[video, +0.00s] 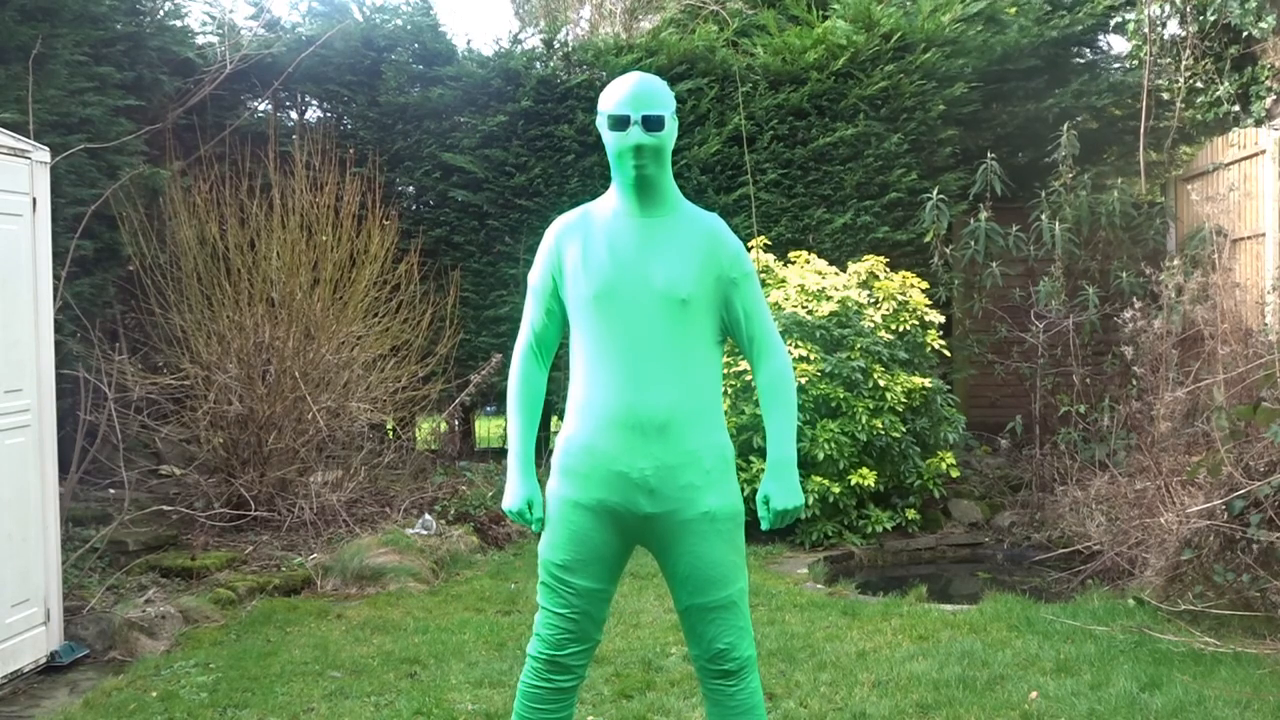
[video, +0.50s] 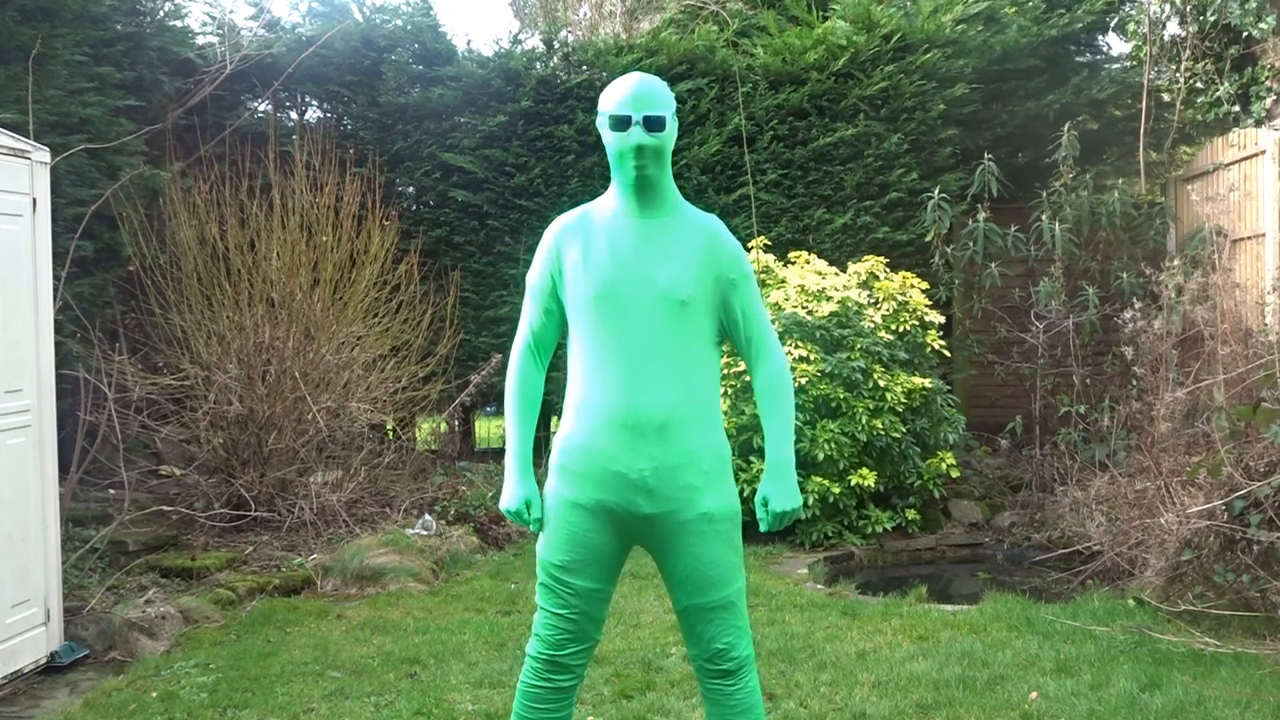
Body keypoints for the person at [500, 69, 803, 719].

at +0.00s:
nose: (638, 136)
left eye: (653, 122)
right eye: (622, 123)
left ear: (674, 131)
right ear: (602, 135)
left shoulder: (713, 239)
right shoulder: (567, 236)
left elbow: (768, 352)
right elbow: (532, 353)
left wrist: (782, 464)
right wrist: (519, 468)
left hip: (698, 486)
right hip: (587, 484)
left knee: (729, 666)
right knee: (554, 664)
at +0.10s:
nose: (638, 137)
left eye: (653, 122)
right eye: (622, 124)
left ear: (674, 131)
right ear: (602, 135)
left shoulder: (713, 239)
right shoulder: (566, 237)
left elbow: (768, 353)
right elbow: (532, 354)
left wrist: (782, 465)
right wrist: (519, 468)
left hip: (698, 487)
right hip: (586, 485)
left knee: (728, 666)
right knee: (553, 664)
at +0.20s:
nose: (638, 137)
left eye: (653, 123)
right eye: (622, 124)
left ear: (674, 131)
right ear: (602, 135)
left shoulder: (712, 239)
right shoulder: (566, 237)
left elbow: (767, 353)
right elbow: (532, 354)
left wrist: (782, 465)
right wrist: (519, 467)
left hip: (697, 487)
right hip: (585, 486)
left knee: (728, 667)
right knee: (552, 665)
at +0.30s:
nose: (638, 137)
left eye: (653, 123)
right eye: (622, 124)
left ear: (674, 132)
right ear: (602, 135)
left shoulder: (712, 239)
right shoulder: (566, 237)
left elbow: (766, 353)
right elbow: (531, 354)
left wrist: (782, 465)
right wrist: (519, 469)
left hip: (697, 487)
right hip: (585, 485)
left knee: (728, 667)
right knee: (552, 665)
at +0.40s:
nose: (638, 136)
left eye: (654, 122)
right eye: (622, 123)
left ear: (674, 133)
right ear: (602, 134)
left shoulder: (712, 240)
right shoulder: (566, 236)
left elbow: (765, 353)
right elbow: (530, 354)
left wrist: (781, 466)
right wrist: (517, 469)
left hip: (696, 487)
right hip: (584, 485)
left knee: (727, 667)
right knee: (552, 664)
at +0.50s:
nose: (638, 136)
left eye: (653, 123)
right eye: (622, 123)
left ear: (674, 133)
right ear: (602, 135)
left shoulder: (712, 240)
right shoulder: (566, 237)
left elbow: (765, 354)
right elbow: (529, 353)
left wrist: (781, 466)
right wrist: (517, 469)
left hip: (696, 488)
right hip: (584, 486)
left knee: (727, 666)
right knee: (553, 663)